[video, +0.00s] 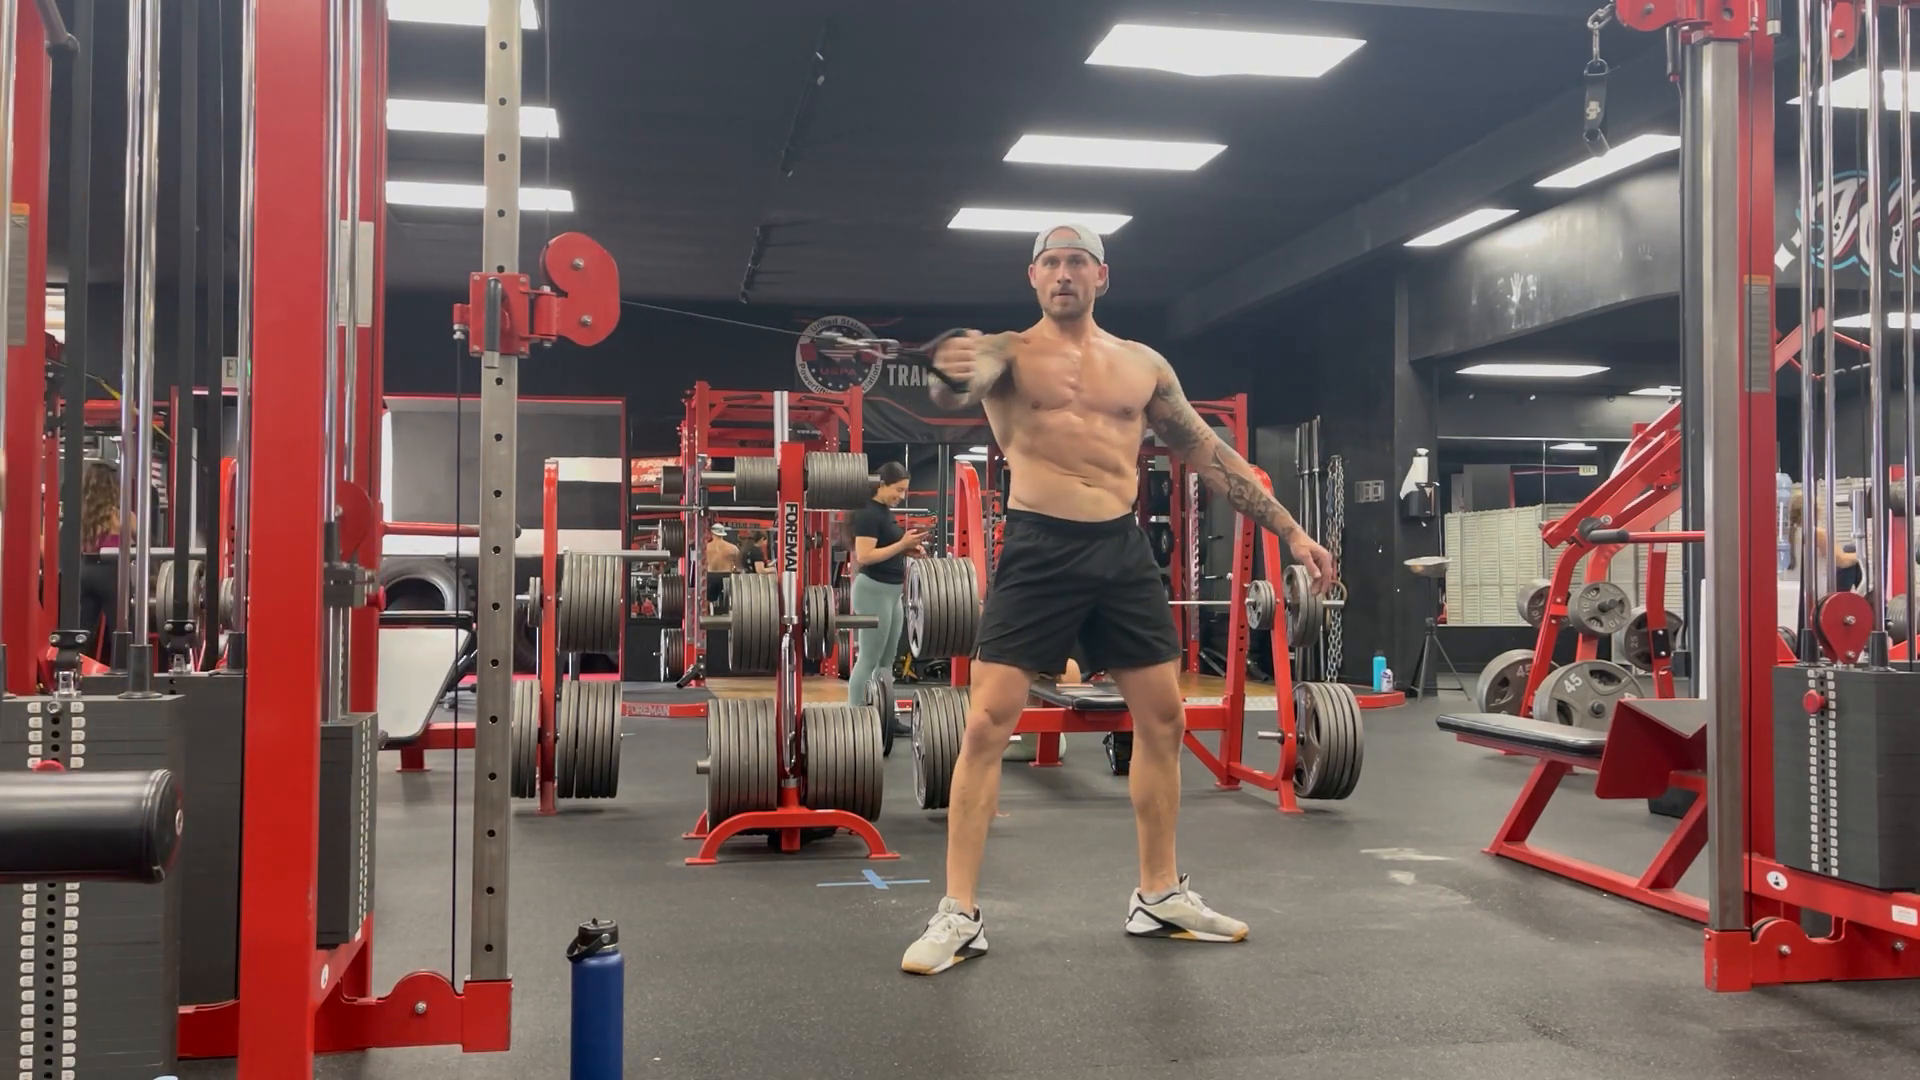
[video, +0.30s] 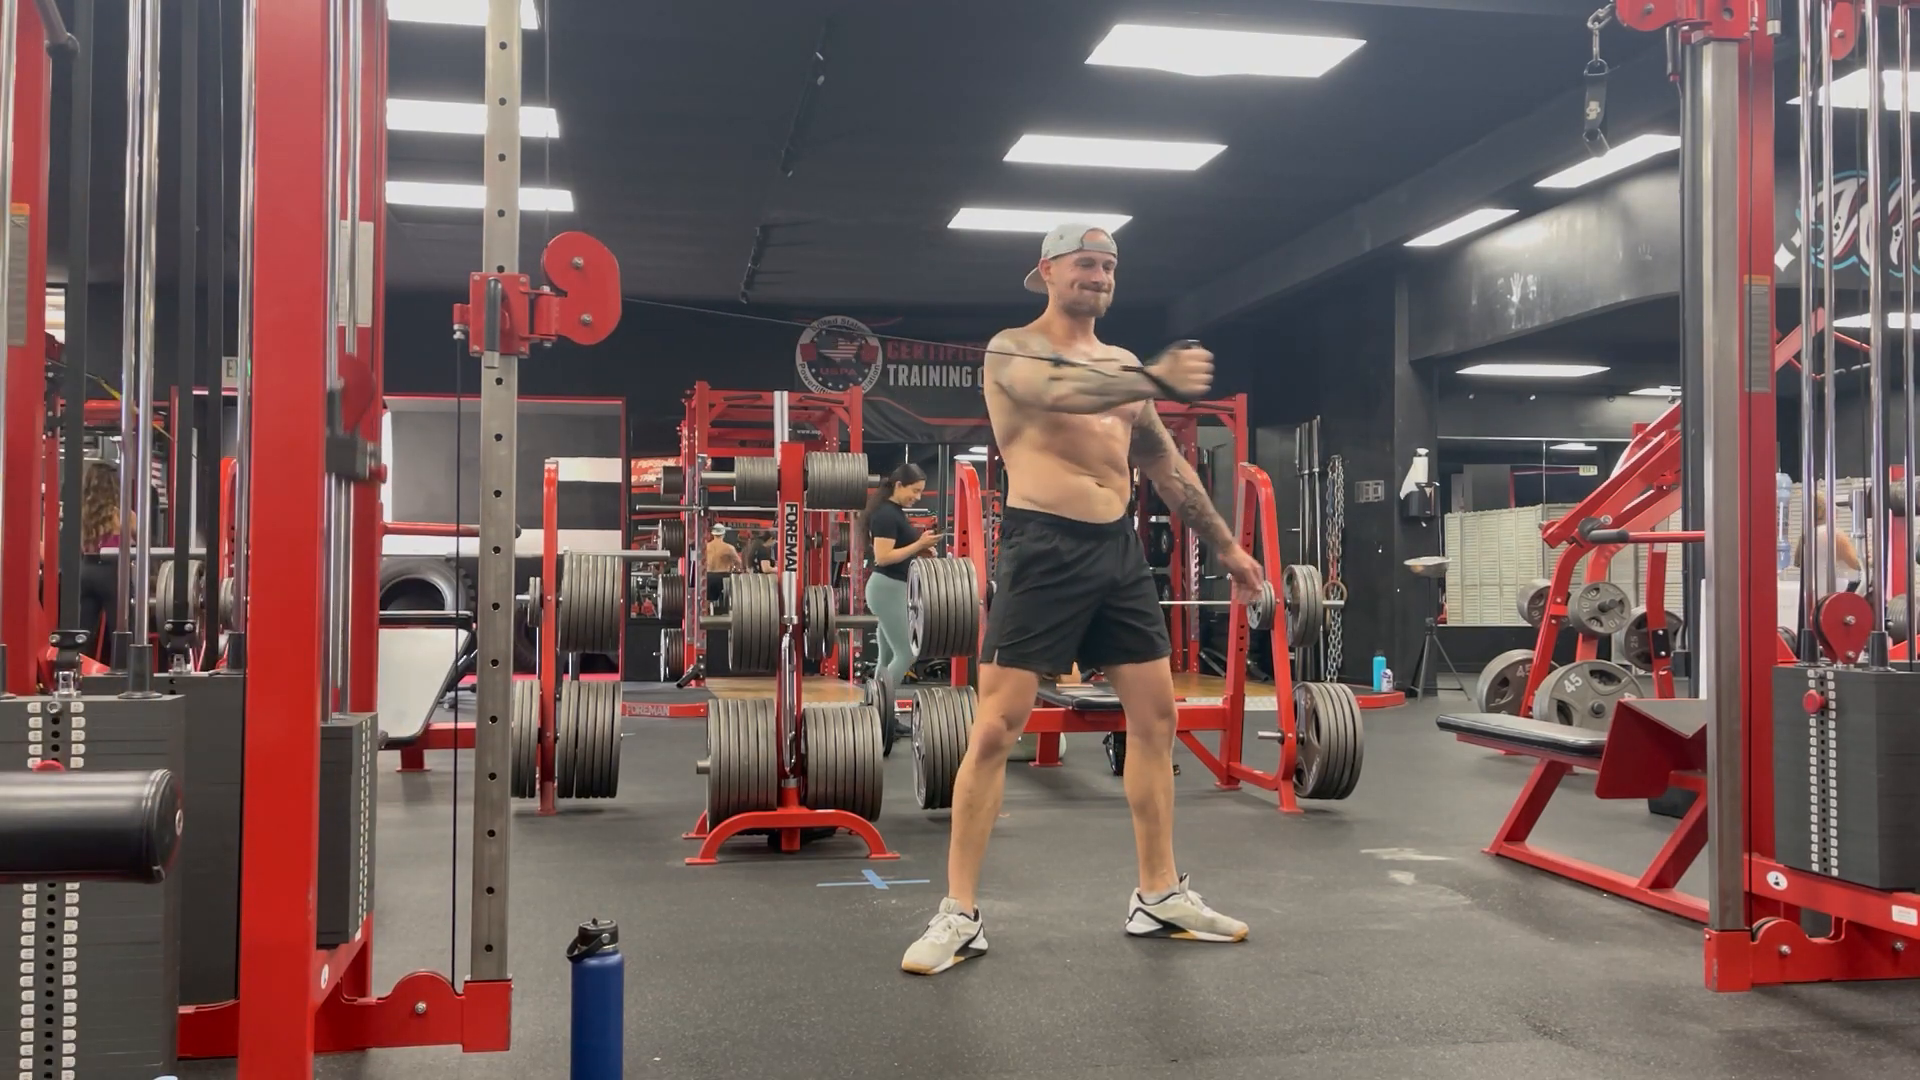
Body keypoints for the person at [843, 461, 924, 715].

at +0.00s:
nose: (902, 496)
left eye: (904, 491)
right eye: (899, 490)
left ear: (897, 487)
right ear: (884, 484)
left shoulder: (885, 513)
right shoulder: (869, 513)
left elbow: (883, 549)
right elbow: (863, 556)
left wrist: (905, 549)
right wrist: (901, 545)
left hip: (892, 592)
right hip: (873, 590)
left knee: (886, 661)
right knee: (868, 660)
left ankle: (880, 717)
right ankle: (855, 718)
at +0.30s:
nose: (918, 497)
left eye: (920, 492)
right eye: (915, 490)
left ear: (901, 487)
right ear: (898, 485)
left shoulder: (895, 512)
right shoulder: (886, 513)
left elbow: (894, 550)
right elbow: (883, 557)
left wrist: (918, 548)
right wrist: (918, 545)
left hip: (893, 586)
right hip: (886, 587)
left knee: (886, 655)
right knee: (905, 654)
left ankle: (874, 711)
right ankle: (881, 710)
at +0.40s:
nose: (923, 498)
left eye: (926, 493)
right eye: (921, 492)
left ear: (907, 488)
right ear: (904, 485)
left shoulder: (899, 512)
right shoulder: (892, 513)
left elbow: (897, 551)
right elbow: (887, 557)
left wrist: (921, 550)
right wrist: (923, 546)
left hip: (893, 585)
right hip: (890, 586)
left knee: (889, 657)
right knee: (919, 650)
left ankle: (881, 713)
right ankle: (898, 712)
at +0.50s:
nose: (931, 499)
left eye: (933, 494)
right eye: (928, 493)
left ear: (913, 488)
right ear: (912, 487)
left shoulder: (906, 511)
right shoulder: (898, 513)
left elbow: (904, 551)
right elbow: (892, 557)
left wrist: (929, 549)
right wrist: (928, 546)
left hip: (897, 583)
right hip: (896, 584)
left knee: (893, 653)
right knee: (928, 648)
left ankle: (882, 714)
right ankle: (926, 716)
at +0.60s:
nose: (937, 501)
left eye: (941, 496)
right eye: (935, 494)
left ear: (920, 490)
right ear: (919, 488)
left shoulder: (915, 513)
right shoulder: (905, 514)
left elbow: (912, 552)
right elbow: (898, 558)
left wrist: (937, 549)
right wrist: (934, 547)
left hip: (903, 582)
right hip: (903, 584)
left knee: (897, 652)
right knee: (933, 648)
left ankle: (884, 712)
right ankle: (945, 715)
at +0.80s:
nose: (954, 500)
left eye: (956, 495)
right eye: (952, 494)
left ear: (943, 493)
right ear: (939, 491)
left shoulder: (940, 516)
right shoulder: (926, 518)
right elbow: (918, 560)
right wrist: (955, 550)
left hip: (947, 593)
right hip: (930, 594)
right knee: (919, 651)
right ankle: (887, 704)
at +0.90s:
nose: (964, 499)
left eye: (965, 494)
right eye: (960, 493)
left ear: (955, 493)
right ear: (949, 492)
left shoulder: (956, 515)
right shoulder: (938, 517)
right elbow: (928, 560)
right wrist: (961, 552)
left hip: (957, 590)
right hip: (943, 592)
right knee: (941, 655)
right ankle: (899, 706)